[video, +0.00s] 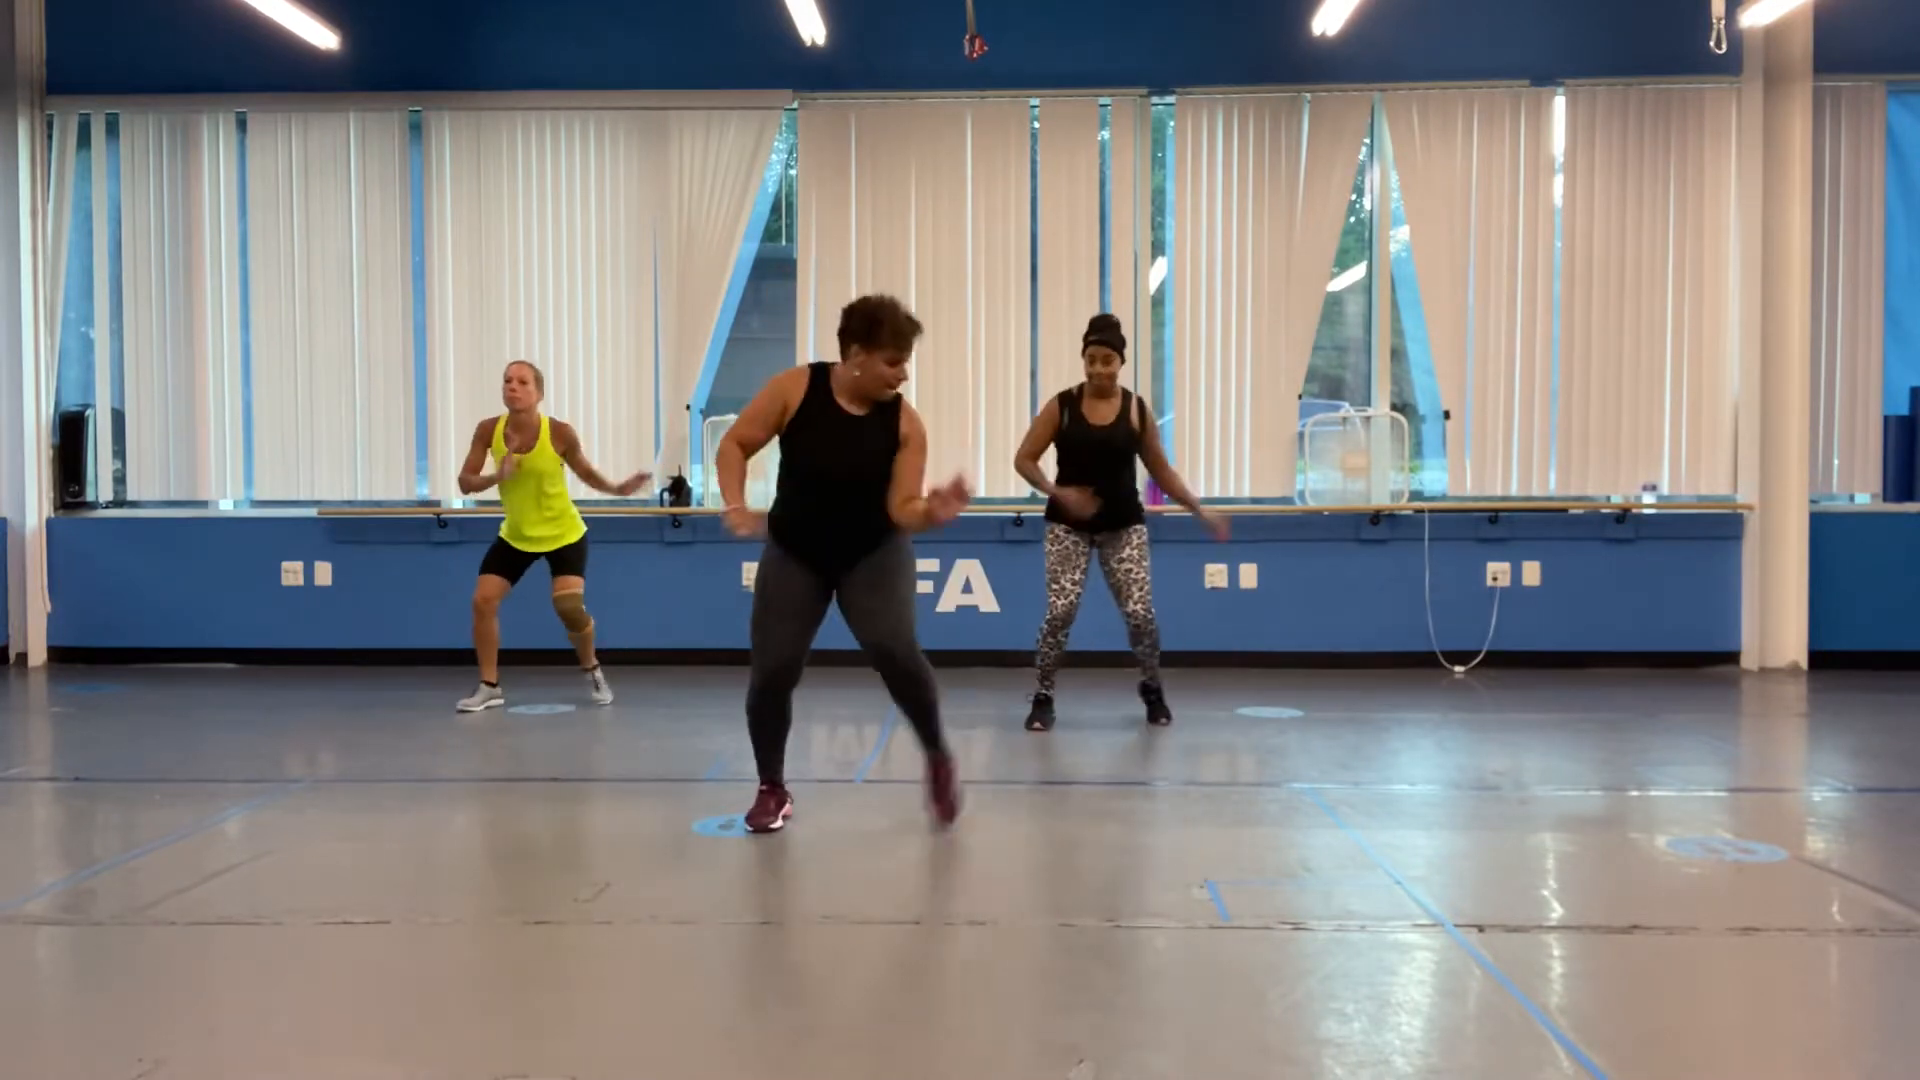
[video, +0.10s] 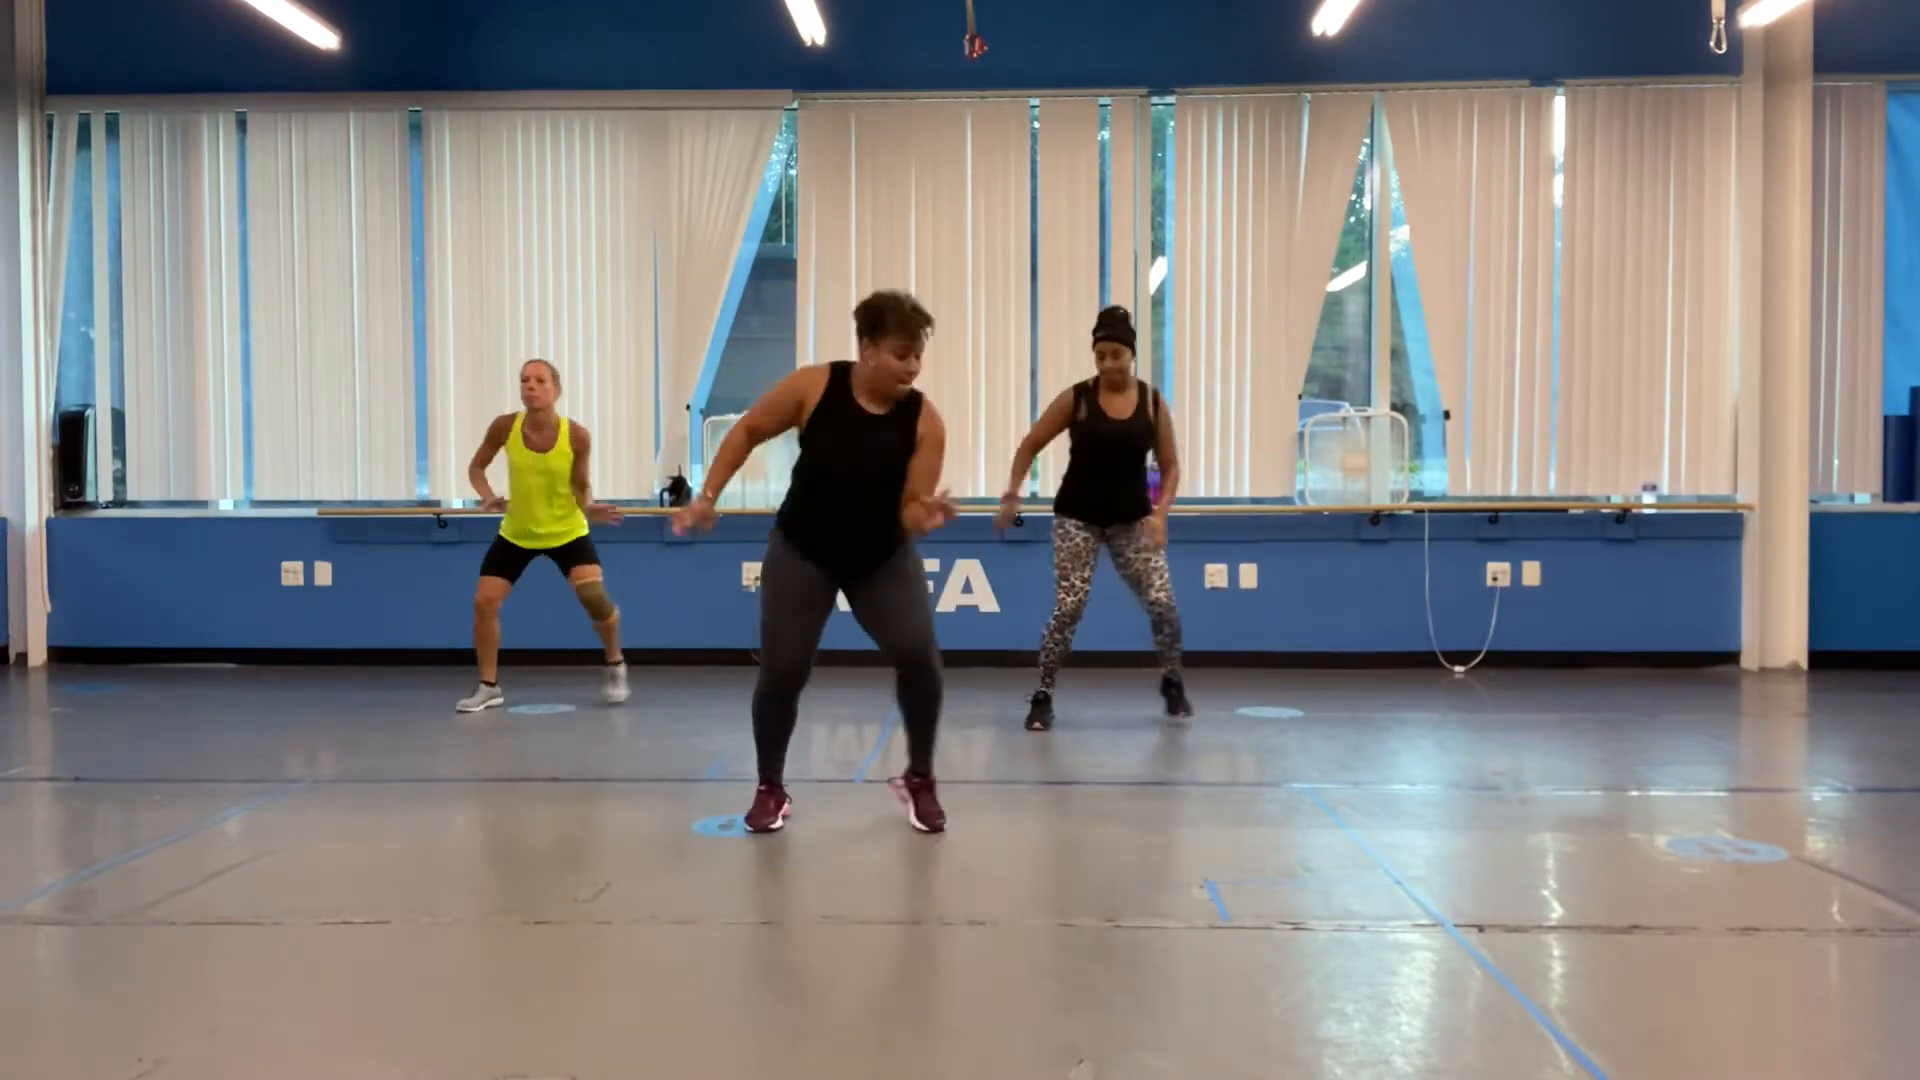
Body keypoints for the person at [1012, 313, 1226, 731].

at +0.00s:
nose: (1101, 370)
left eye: (1109, 361)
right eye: (1094, 361)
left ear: (1121, 362)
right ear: (1083, 360)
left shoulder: (1136, 410)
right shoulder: (1061, 407)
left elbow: (1161, 469)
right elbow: (1024, 460)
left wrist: (1199, 510)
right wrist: (1056, 491)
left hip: (1123, 527)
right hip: (1069, 527)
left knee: (1139, 613)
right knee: (1061, 611)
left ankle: (1152, 690)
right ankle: (1043, 697)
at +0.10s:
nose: (1110, 364)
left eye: (1118, 355)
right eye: (1103, 355)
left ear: (1132, 354)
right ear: (1094, 355)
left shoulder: (1151, 402)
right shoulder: (1075, 400)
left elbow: (1170, 466)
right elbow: (1030, 445)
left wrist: (1161, 512)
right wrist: (1011, 494)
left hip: (1132, 520)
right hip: (1077, 519)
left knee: (1162, 603)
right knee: (1070, 605)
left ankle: (1173, 684)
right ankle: (1042, 696)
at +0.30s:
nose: (1141, 362)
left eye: (1148, 353)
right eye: (1133, 354)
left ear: (1163, 350)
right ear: (1125, 354)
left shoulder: (1188, 394)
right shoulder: (1109, 397)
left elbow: (1200, 457)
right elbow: (1061, 435)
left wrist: (1138, 464)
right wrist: (1009, 442)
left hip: (1171, 516)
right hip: (1117, 514)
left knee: (1186, 608)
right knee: (1110, 600)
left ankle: (1194, 696)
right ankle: (1068, 687)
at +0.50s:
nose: (1166, 364)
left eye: (1174, 355)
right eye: (1159, 356)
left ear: (1188, 353)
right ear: (1150, 356)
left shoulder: (1208, 398)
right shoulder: (1131, 398)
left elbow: (1220, 459)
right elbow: (1085, 436)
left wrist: (1163, 455)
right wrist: (1037, 439)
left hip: (1192, 518)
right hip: (1137, 518)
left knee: (1228, 600)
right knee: (1141, 610)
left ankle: (1219, 683)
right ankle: (1118, 697)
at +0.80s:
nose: (1206, 372)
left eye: (1212, 362)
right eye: (1198, 365)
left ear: (1227, 361)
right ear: (1188, 369)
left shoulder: (1255, 409)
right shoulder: (1177, 418)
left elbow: (1276, 472)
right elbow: (1148, 476)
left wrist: (1235, 505)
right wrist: (1103, 484)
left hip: (1244, 527)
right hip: (1186, 529)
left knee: (1270, 613)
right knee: (1176, 609)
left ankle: (1284, 703)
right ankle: (1128, 664)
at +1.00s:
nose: (1194, 360)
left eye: (1201, 352)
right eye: (1186, 354)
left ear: (1216, 355)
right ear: (1178, 361)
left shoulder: (1243, 403)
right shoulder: (1166, 415)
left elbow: (1279, 460)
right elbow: (1160, 486)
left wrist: (1315, 508)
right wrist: (1185, 531)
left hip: (1240, 524)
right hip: (1184, 524)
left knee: (1254, 610)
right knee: (1156, 606)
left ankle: (1283, 702)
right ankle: (1136, 689)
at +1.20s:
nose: (1169, 362)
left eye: (1177, 355)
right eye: (1162, 355)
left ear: (1190, 363)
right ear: (1150, 362)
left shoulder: (1206, 410)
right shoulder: (1128, 412)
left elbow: (1254, 444)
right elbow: (1116, 477)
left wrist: (1309, 473)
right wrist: (1168, 457)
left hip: (1204, 523)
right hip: (1148, 526)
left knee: (1227, 609)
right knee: (1131, 610)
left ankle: (1283, 678)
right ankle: (1113, 698)